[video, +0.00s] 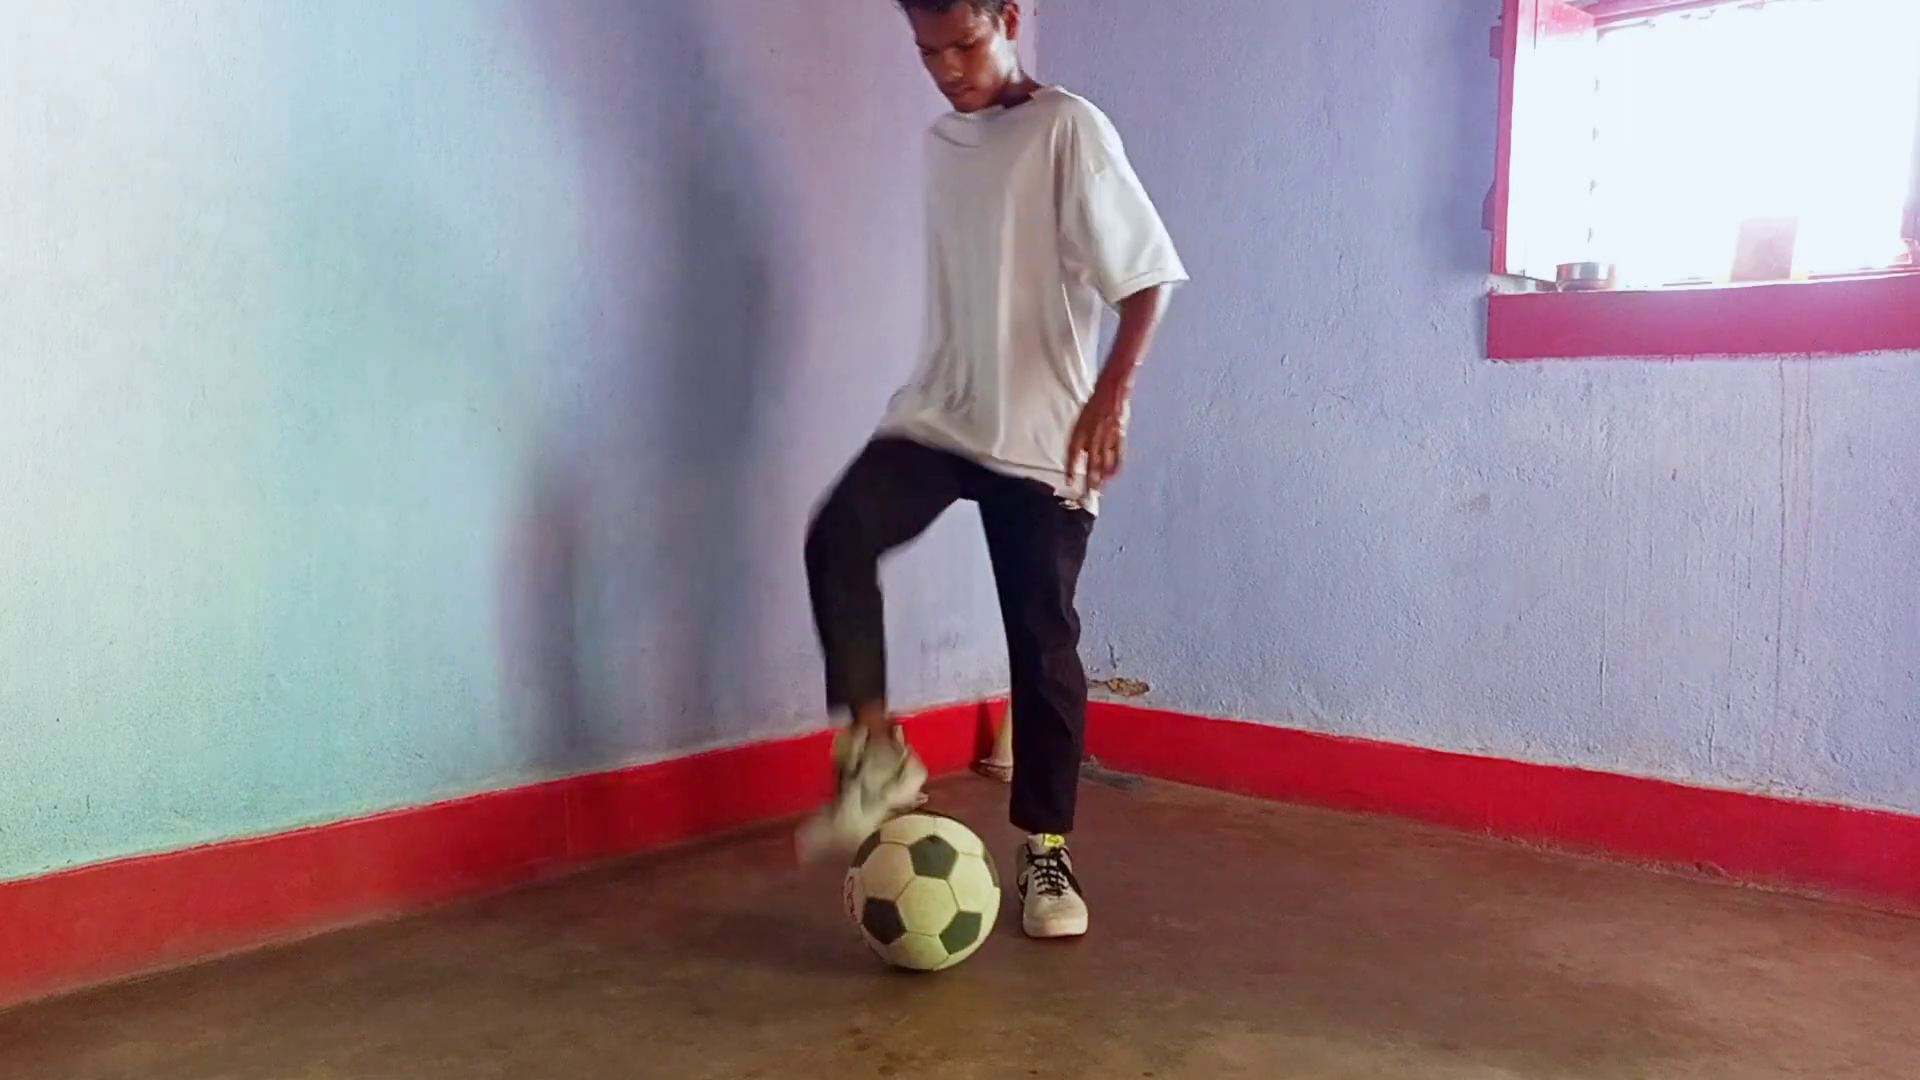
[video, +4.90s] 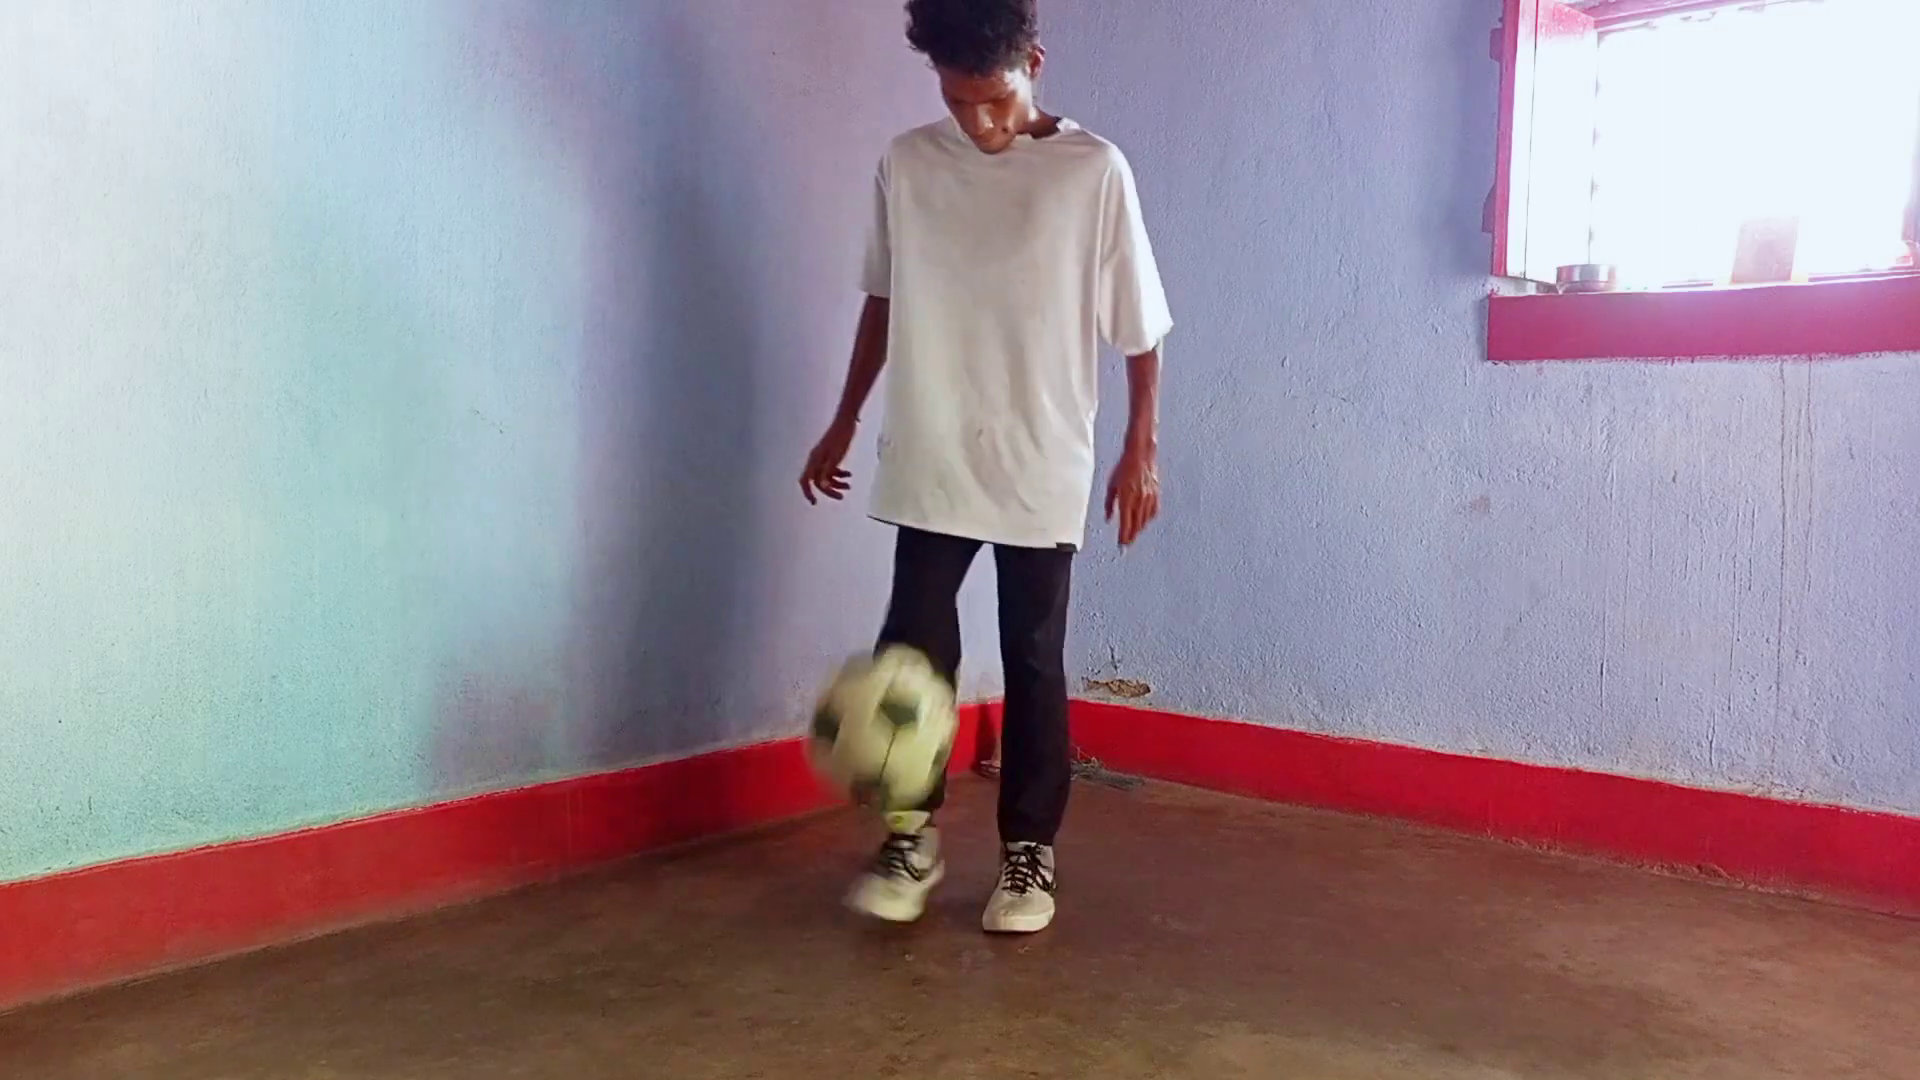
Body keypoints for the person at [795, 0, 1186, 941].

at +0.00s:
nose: (947, 69)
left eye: (964, 46)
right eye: (930, 51)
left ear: (1012, 22)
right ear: (914, 40)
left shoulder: (1069, 125)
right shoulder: (946, 138)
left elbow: (1148, 271)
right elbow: (970, 277)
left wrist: (1110, 398)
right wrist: (948, 389)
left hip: (1038, 430)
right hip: (938, 413)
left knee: (1042, 637)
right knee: (836, 539)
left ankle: (1047, 848)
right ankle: (876, 753)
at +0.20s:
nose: (915, 58)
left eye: (932, 35)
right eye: (896, 40)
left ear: (969, 19)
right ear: (876, 37)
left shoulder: (1039, 121)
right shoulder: (868, 147)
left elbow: (1104, 269)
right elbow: (878, 287)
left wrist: (1102, 388)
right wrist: (905, 406)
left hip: (1005, 433)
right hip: (893, 434)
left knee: (1014, 650)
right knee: (882, 649)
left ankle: (1039, 849)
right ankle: (879, 844)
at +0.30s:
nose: (890, 60)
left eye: (906, 38)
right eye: (870, 43)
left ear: (939, 20)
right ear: (845, 37)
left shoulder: (1008, 118)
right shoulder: (832, 150)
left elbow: (1068, 263)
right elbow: (826, 303)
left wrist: (1088, 382)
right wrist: (798, 420)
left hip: (983, 430)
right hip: (874, 438)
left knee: (979, 623)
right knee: (879, 648)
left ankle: (1013, 823)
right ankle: (877, 842)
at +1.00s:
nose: (980, 71)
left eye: (998, 52)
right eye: (962, 52)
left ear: (1027, 39)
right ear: (931, 37)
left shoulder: (1066, 146)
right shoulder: (878, 135)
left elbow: (1087, 293)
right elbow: (842, 278)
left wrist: (1111, 410)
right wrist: (803, 398)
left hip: (1010, 429)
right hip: (904, 414)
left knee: (991, 652)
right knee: (907, 581)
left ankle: (959, 843)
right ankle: (889, 786)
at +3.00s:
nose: (1027, 116)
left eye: (1045, 97)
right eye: (1010, 97)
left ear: (1085, 65)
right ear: (989, 69)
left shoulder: (1135, 179)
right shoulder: (950, 161)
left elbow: (1166, 335)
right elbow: (919, 298)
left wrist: (1164, 462)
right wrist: (883, 416)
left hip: (1072, 455)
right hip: (968, 443)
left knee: (1049, 658)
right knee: (956, 640)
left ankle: (1022, 841)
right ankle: (942, 839)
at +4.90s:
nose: (980, 123)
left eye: (994, 102)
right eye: (960, 104)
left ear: (1033, 59)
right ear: (934, 79)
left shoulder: (1094, 170)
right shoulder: (909, 162)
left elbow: (1138, 323)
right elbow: (881, 305)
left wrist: (1141, 449)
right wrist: (843, 425)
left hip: (1042, 457)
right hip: (930, 449)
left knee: (1031, 655)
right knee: (911, 645)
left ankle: (1028, 855)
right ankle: (909, 840)